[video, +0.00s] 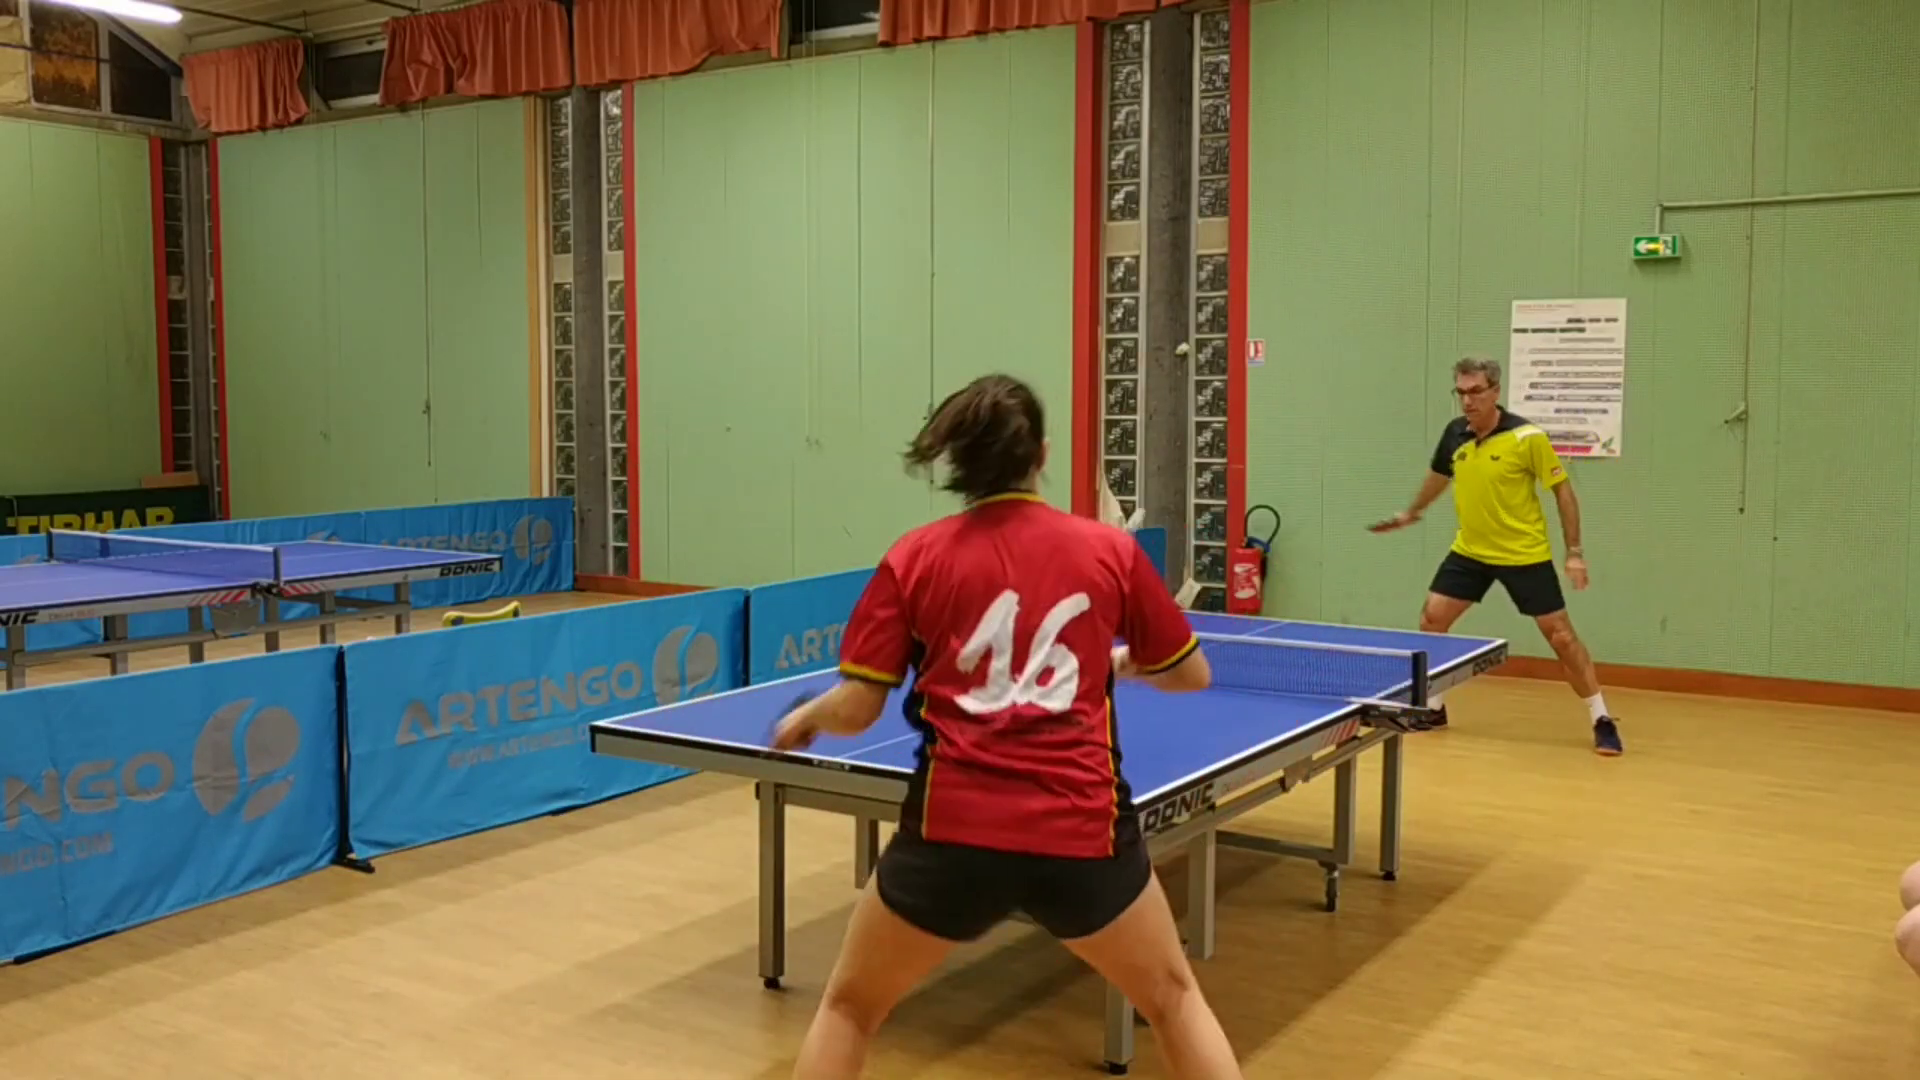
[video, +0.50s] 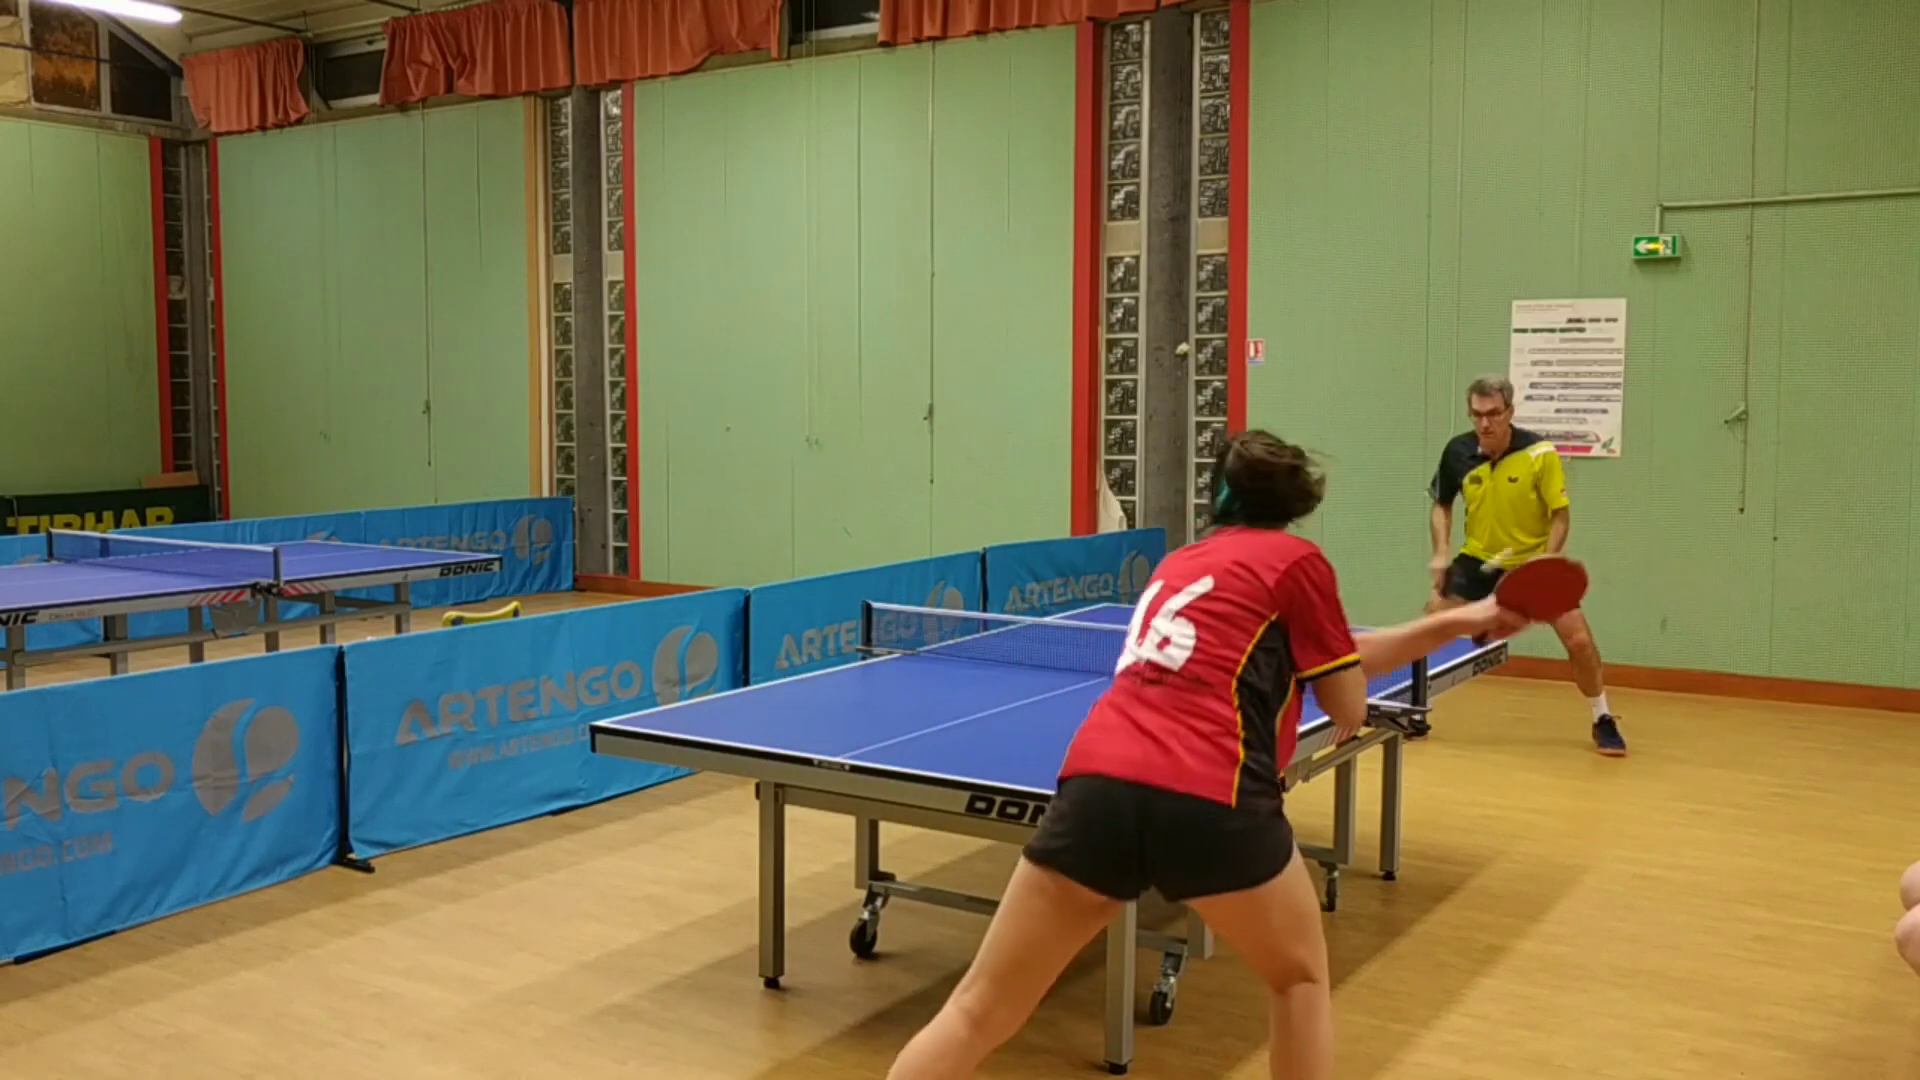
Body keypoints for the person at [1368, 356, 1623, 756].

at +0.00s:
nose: (1467, 401)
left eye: (1474, 393)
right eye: (1461, 394)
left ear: (1496, 392)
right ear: (1457, 395)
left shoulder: (1528, 437)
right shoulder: (1456, 433)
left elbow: (1563, 491)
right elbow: (1437, 477)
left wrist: (1574, 553)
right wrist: (1411, 512)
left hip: (1525, 556)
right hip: (1470, 552)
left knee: (1562, 639)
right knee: (1431, 622)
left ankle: (1601, 718)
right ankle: (1432, 706)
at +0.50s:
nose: (1484, 424)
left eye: (1492, 415)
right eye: (1477, 415)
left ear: (1510, 412)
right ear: (1470, 415)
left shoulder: (1539, 454)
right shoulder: (1459, 452)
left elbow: (1560, 518)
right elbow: (1442, 502)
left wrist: (1545, 566)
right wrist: (1441, 555)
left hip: (1532, 564)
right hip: (1475, 562)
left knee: (1580, 641)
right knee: (1432, 626)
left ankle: (1603, 718)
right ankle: (1411, 707)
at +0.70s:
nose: (1541, 418)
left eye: (1548, 410)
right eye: (1533, 409)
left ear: (1556, 408)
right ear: (1516, 408)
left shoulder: (1565, 438)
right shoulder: (1505, 454)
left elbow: (1574, 494)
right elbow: (1545, 516)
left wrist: (1593, 542)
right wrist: (1619, 527)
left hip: (1557, 555)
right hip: (1504, 554)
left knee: (1590, 637)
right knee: (1453, 627)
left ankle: (1612, 726)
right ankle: (1415, 708)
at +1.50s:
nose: (1766, 415)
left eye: (1770, 407)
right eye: (1766, 405)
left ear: (1739, 396)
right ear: (1742, 396)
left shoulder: (1692, 418)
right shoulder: (1710, 430)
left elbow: (1678, 497)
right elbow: (1677, 497)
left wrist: (1704, 546)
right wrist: (1664, 564)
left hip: (1635, 541)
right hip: (1658, 546)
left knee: (1647, 635)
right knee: (1690, 639)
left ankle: (1624, 727)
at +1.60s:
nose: (1783, 413)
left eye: (1788, 405)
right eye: (1783, 402)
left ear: (1757, 394)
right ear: (1758, 392)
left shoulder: (1726, 427)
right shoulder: (1719, 428)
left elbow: (1708, 499)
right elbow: (1684, 492)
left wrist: (1740, 537)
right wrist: (1669, 559)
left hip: (1665, 550)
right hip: (1687, 555)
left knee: (1659, 637)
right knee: (1725, 644)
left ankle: (1626, 727)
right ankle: (1727, 758)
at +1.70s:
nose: (1806, 414)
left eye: (1811, 406)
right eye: (1805, 403)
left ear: (1780, 395)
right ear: (1779, 391)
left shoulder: (1753, 431)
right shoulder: (1735, 427)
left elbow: (1729, 501)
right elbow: (1702, 494)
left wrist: (1760, 539)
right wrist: (1694, 567)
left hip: (1707, 557)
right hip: (1714, 561)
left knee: (1681, 639)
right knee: (1754, 652)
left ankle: (1634, 721)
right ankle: (1750, 771)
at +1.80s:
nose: (1834, 416)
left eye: (1839, 408)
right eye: (1833, 404)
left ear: (1808, 396)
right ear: (1806, 392)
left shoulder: (1781, 434)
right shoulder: (1759, 431)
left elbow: (1763, 506)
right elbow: (1730, 505)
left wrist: (1776, 560)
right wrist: (1734, 579)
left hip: (1749, 560)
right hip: (1741, 563)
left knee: (1733, 642)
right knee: (1781, 659)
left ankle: (1662, 717)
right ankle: (1755, 773)